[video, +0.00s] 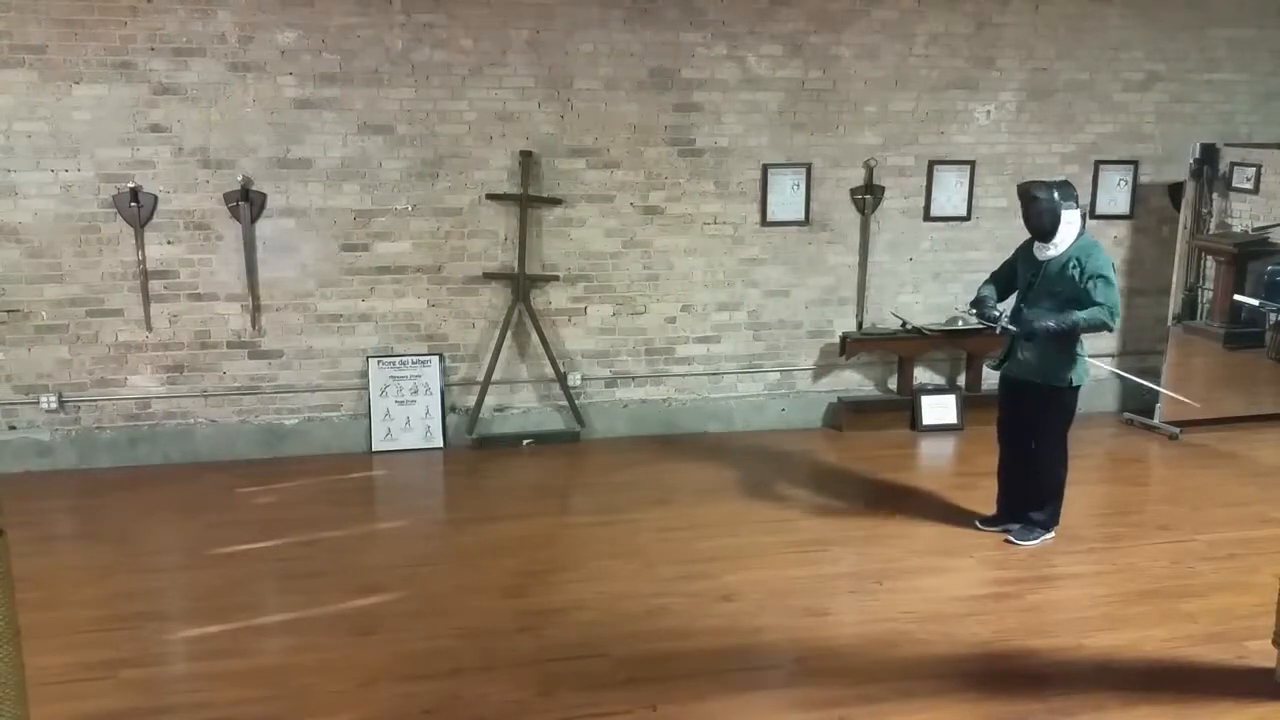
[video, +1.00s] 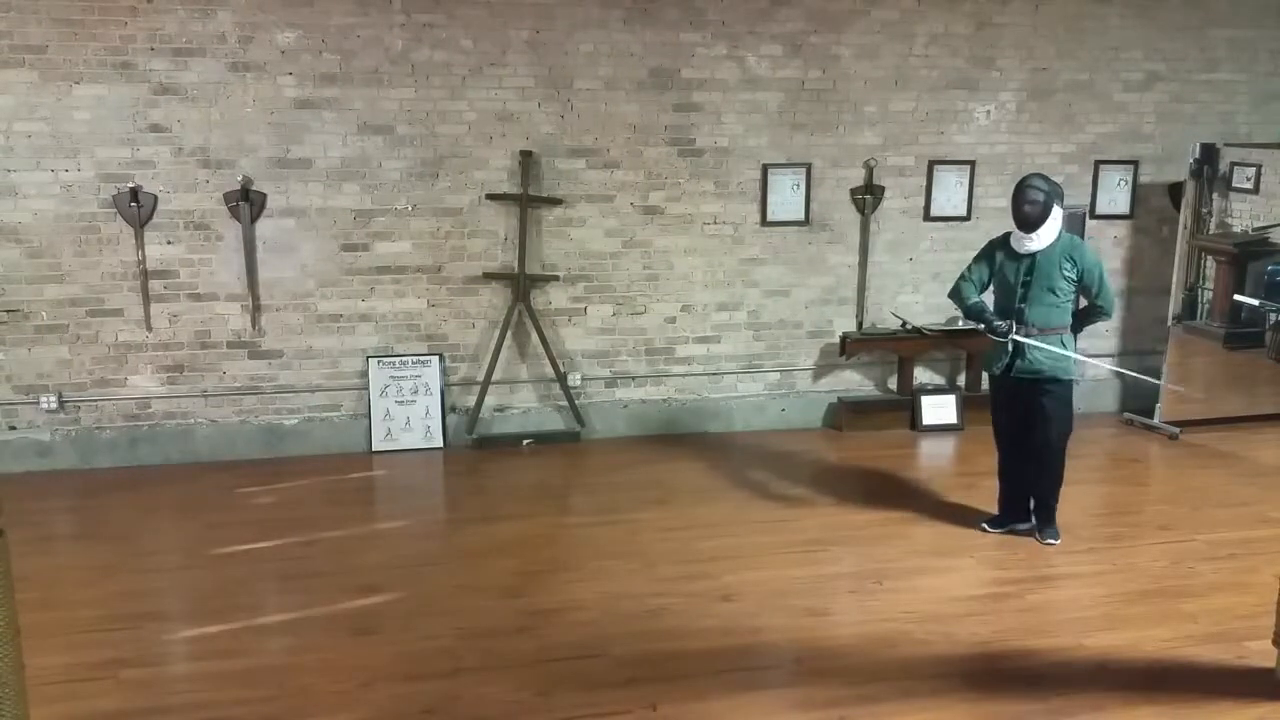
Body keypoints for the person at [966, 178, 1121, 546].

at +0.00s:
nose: (1028, 221)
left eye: (1036, 214)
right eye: (1027, 214)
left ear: (1060, 212)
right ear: (1032, 214)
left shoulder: (1090, 257)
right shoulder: (1029, 251)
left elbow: (1108, 314)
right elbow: (997, 284)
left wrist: (1053, 322)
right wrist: (986, 300)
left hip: (1057, 374)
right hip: (1017, 368)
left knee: (1048, 449)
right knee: (1012, 443)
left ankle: (1043, 521)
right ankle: (1009, 511)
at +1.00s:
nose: (1023, 210)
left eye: (1032, 203)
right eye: (1019, 202)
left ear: (1052, 206)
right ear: (1013, 204)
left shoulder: (1075, 252)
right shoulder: (1000, 248)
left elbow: (1104, 306)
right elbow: (962, 290)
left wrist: (1069, 324)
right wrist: (989, 320)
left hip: (1051, 369)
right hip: (1005, 367)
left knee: (1048, 447)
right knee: (1010, 445)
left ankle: (1046, 519)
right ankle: (1014, 514)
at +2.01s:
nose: (1024, 208)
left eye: (1033, 202)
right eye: (1020, 200)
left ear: (1053, 207)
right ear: (1014, 203)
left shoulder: (1074, 254)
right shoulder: (999, 250)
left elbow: (1102, 310)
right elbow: (966, 296)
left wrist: (1066, 329)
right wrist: (992, 318)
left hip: (1047, 370)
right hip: (1003, 368)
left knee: (1049, 449)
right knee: (1009, 447)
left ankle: (1047, 521)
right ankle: (1014, 514)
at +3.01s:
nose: (1027, 210)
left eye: (1035, 202)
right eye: (1023, 202)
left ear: (1056, 207)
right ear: (1017, 203)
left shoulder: (1077, 255)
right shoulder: (1003, 250)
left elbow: (1106, 311)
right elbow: (969, 296)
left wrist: (1071, 329)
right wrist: (997, 320)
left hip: (1050, 371)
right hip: (1005, 369)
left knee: (1051, 452)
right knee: (1009, 448)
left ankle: (1048, 522)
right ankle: (1013, 515)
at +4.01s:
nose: (1028, 210)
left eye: (1037, 203)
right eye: (1024, 202)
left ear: (1058, 207)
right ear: (1018, 204)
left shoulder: (1079, 254)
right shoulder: (1004, 250)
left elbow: (1107, 312)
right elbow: (972, 297)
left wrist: (1068, 331)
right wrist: (1000, 320)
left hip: (1052, 373)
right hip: (1006, 371)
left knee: (1052, 453)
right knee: (1010, 449)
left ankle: (1048, 523)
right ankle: (1013, 515)